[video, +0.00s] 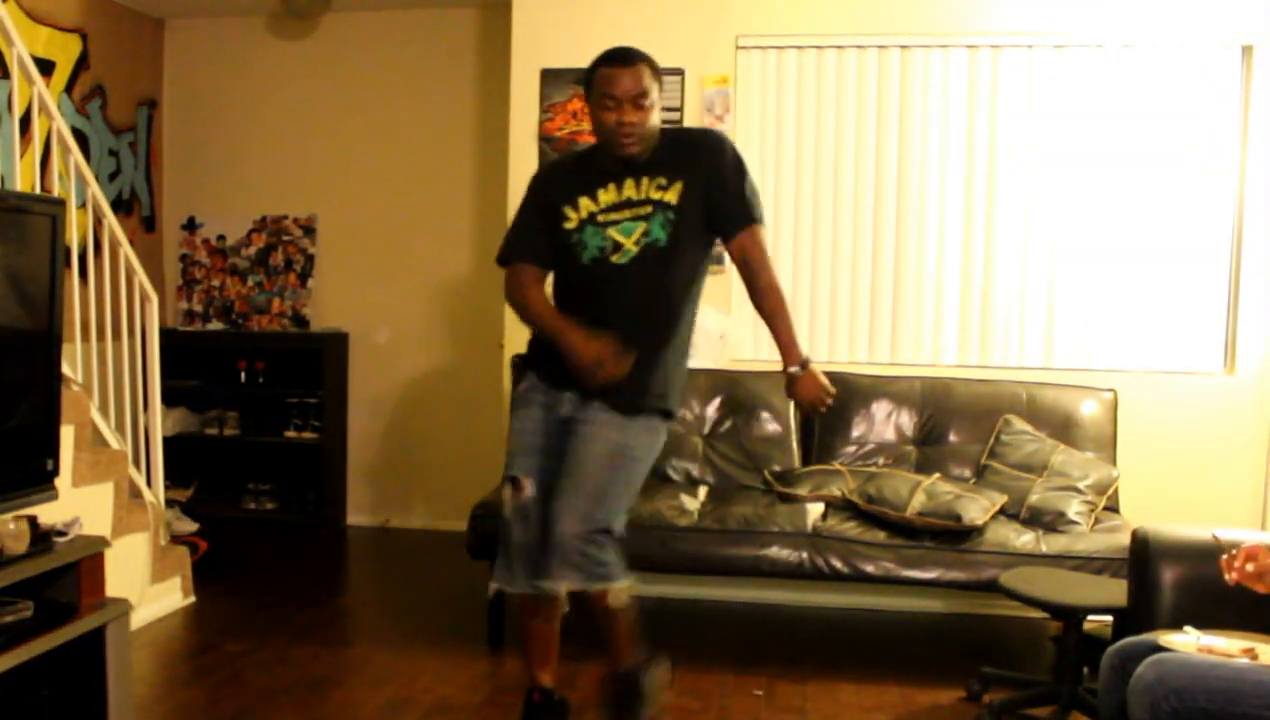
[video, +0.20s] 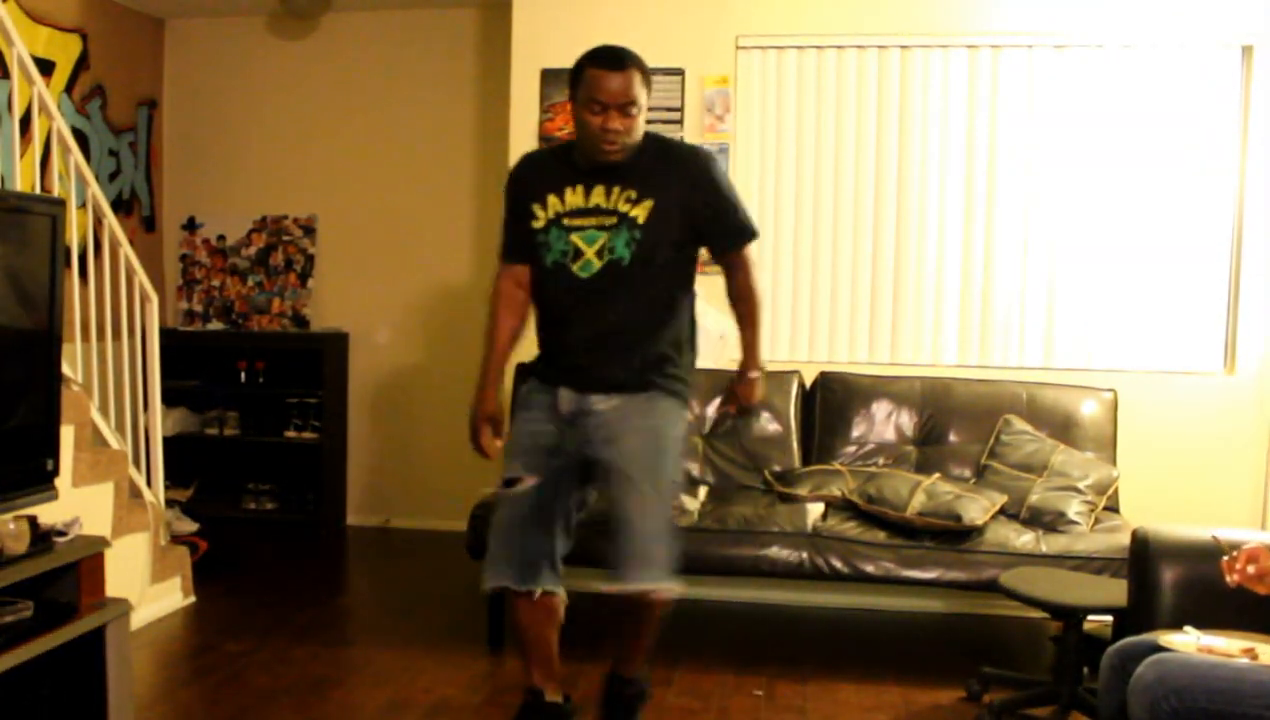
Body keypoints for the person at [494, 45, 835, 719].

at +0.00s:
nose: (628, 115)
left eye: (639, 101)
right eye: (613, 103)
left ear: (658, 100)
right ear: (589, 107)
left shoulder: (704, 156)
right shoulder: (559, 178)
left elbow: (753, 261)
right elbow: (520, 282)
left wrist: (797, 364)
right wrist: (569, 336)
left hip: (636, 390)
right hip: (549, 380)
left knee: (583, 536)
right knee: (530, 538)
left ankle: (631, 672)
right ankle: (543, 697)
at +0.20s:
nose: (613, 121)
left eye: (627, 108)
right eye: (599, 107)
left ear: (646, 106)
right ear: (573, 105)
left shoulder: (688, 171)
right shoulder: (534, 177)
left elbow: (738, 265)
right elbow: (515, 283)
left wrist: (751, 362)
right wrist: (489, 384)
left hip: (646, 393)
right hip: (552, 389)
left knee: (647, 565)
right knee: (524, 552)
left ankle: (626, 687)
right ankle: (546, 697)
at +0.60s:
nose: (667, 137)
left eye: (682, 123)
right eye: (653, 121)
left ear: (707, 115)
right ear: (632, 113)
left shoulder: (747, 181)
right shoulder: (593, 175)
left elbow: (798, 264)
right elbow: (531, 254)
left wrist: (803, 292)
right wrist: (471, 332)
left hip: (725, 410)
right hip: (629, 405)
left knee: (737, 591)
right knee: (627, 558)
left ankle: (723, 716)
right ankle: (537, 670)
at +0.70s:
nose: (685, 144)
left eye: (701, 130)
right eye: (672, 128)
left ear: (724, 124)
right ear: (651, 118)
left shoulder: (759, 190)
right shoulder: (601, 175)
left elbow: (823, 283)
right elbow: (528, 240)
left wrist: (806, 256)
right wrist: (466, 312)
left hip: (740, 416)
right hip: (643, 409)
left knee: (752, 602)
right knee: (670, 565)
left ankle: (724, 715)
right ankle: (602, 697)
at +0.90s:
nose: (697, 148)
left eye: (711, 133)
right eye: (682, 133)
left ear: (732, 124)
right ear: (660, 123)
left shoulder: (762, 173)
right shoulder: (613, 177)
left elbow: (806, 257)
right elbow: (518, 225)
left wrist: (792, 203)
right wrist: (504, 252)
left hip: (736, 406)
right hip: (629, 394)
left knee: (758, 583)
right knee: (564, 544)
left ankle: (726, 711)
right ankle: (605, 691)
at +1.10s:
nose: (678, 120)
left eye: (692, 105)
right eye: (662, 106)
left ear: (713, 91)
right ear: (638, 97)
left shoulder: (743, 119)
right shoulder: (607, 160)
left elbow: (804, 202)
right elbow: (545, 250)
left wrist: (817, 168)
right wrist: (574, 200)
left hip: (707, 387)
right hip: (602, 376)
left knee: (720, 554)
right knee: (535, 529)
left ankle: (730, 706)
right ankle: (500, 681)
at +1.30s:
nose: (633, 132)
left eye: (646, 118)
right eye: (621, 117)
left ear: (664, 105)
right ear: (592, 102)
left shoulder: (696, 160)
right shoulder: (552, 143)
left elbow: (796, 214)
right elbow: (525, 208)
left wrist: (804, 163)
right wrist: (560, 144)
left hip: (670, 397)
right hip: (561, 388)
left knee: (721, 557)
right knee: (515, 547)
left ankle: (742, 701)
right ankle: (494, 695)